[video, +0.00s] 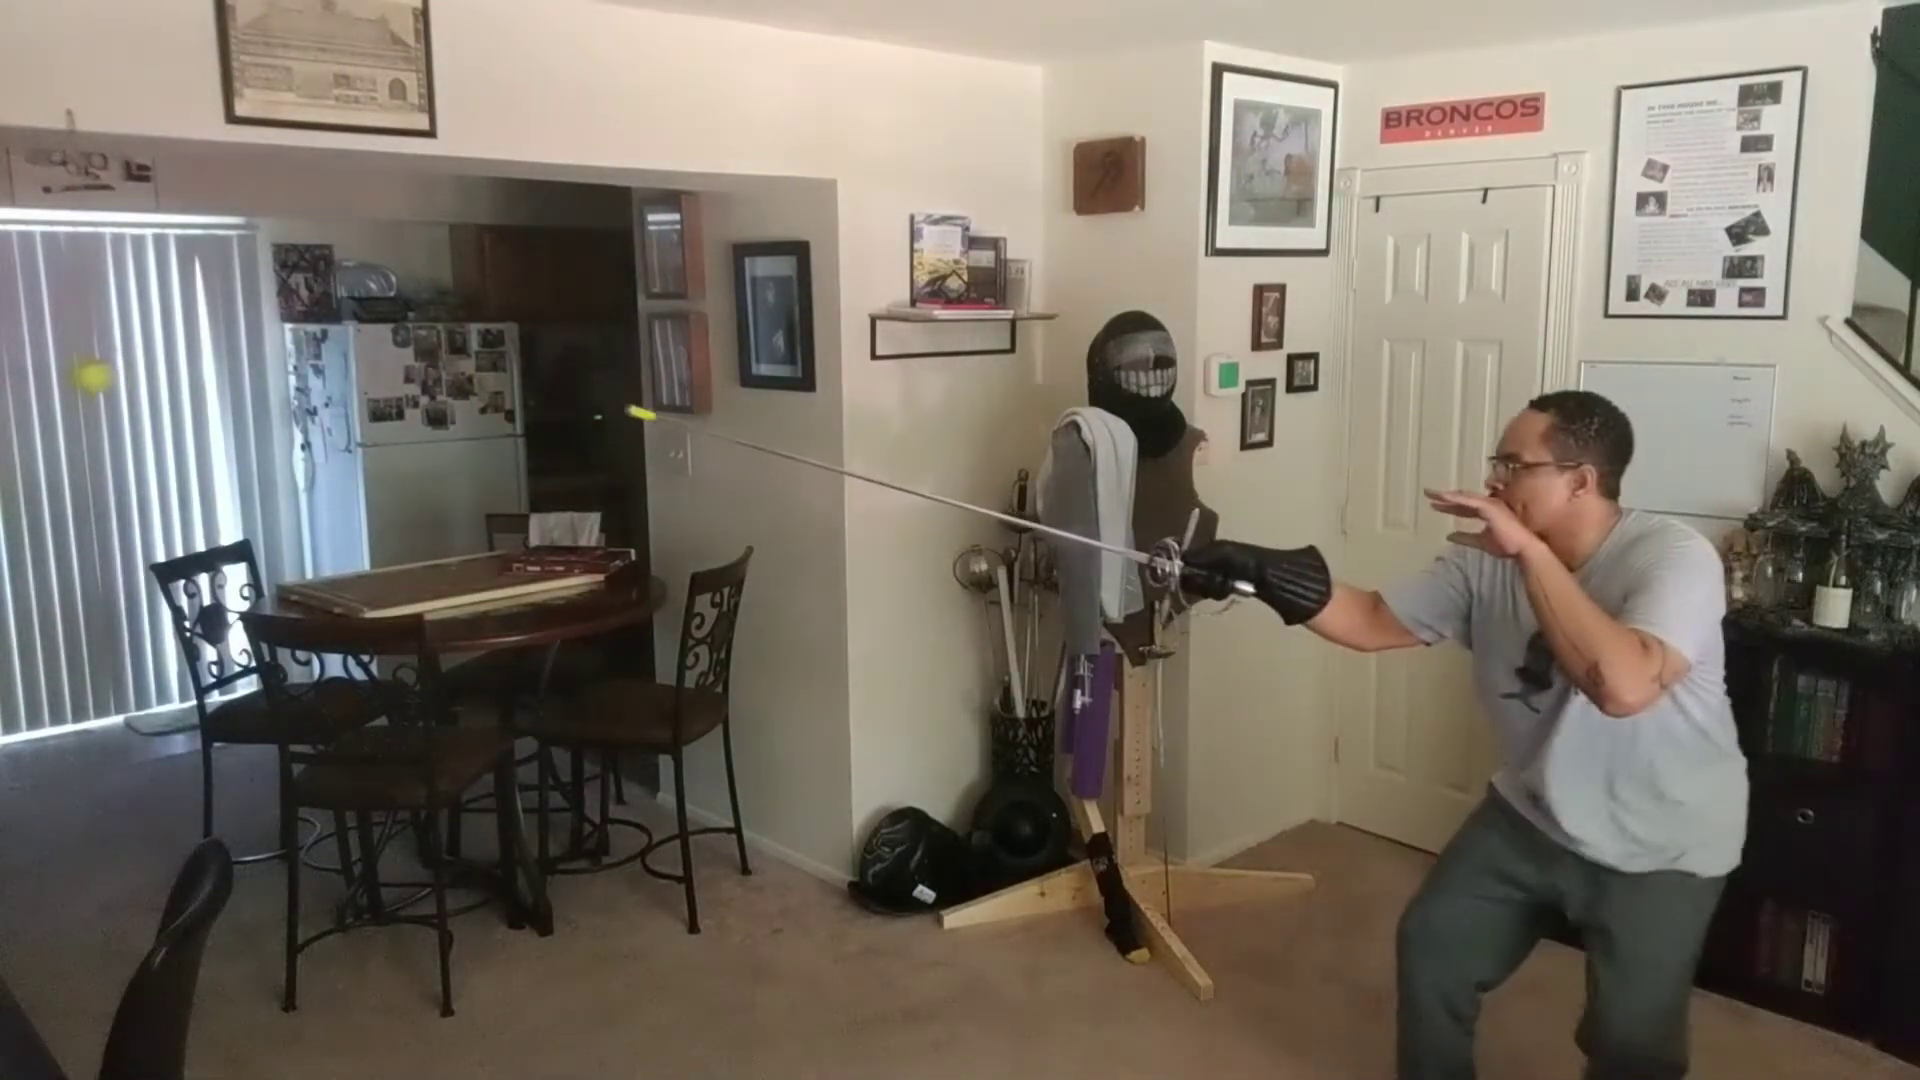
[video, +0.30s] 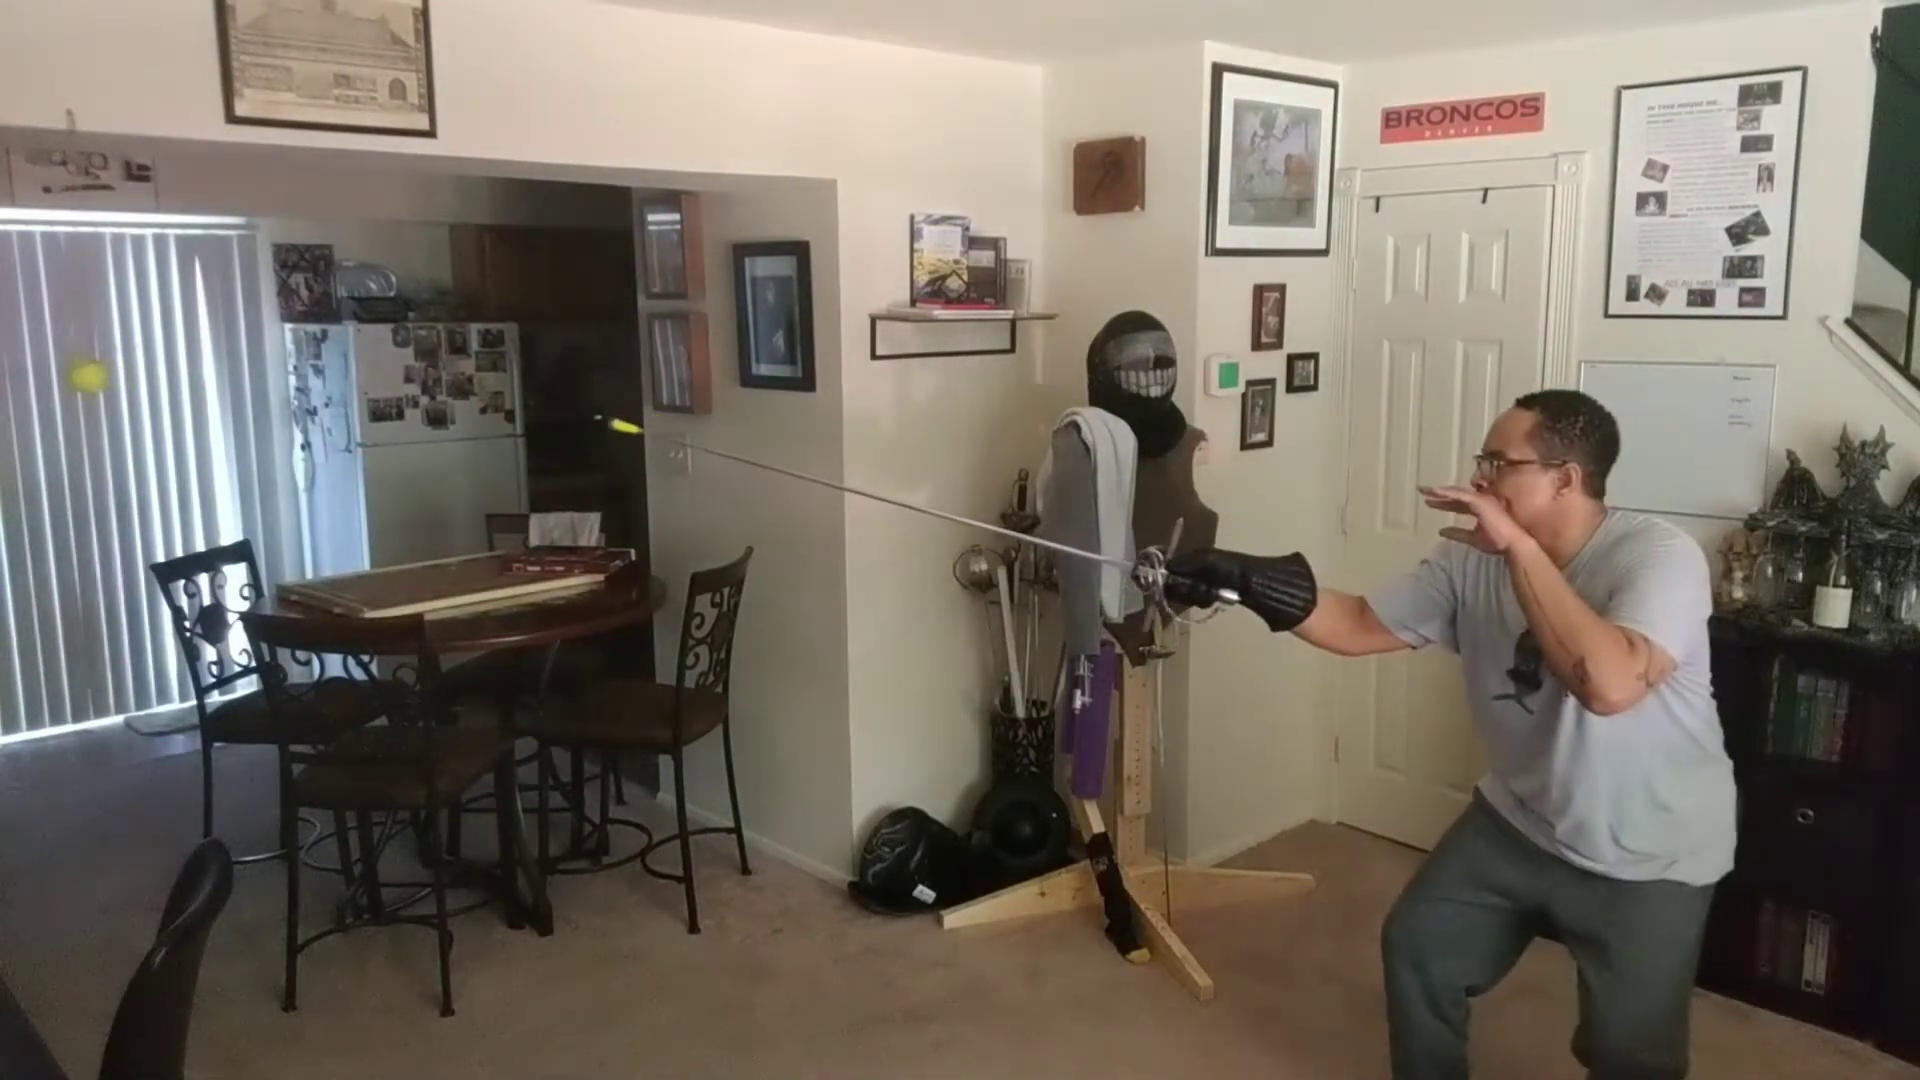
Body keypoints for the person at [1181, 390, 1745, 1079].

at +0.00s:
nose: (1493, 481)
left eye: (1513, 466)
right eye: (1496, 464)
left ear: (1583, 480)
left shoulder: (1676, 558)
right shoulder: (1488, 561)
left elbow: (1624, 685)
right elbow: (1373, 621)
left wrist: (1529, 551)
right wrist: (1252, 568)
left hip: (1663, 846)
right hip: (1531, 814)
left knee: (1631, 1043)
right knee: (1433, 948)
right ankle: (1435, 1072)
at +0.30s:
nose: (1478, 478)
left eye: (1499, 464)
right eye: (1482, 461)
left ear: (1567, 479)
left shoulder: (1661, 559)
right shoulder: (1474, 564)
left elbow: (1610, 683)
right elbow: (1359, 625)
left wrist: (1518, 546)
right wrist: (1240, 577)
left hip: (1649, 861)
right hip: (1518, 822)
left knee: (1630, 1058)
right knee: (1419, 946)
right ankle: (1430, 1075)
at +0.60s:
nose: (1433, 489)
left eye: (1455, 472)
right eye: (1438, 471)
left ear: (1520, 485)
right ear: (1510, 481)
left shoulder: (1612, 567)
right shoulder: (1412, 561)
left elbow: (1688, 706)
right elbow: (1275, 562)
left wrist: (1550, 642)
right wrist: (1136, 535)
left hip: (1594, 866)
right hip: (1458, 823)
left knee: (1607, 1056)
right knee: (1335, 921)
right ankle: (1366, 1071)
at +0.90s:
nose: (1221, 518)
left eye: (1241, 504)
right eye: (1224, 501)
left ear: (1298, 514)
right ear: (1245, 511)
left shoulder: (1407, 597)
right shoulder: (1205, 576)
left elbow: (1566, 653)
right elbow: (1071, 549)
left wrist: (1719, 713)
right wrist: (956, 521)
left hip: (1417, 887)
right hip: (1274, 846)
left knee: (1513, 1041)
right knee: (1133, 954)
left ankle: (1578, 1076)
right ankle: (1048, 1075)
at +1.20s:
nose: (939, 556)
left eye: (958, 544)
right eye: (944, 540)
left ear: (1014, 561)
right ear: (970, 555)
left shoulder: (1115, 628)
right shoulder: (927, 614)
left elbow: (1257, 674)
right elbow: (792, 579)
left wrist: (1402, 726)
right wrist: (668, 551)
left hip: (1201, 861)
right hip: (1058, 851)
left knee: (1340, 1003)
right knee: (938, 938)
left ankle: (1439, 1070)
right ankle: (971, 1076)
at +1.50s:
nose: (878, 546)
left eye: (895, 532)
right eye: (883, 530)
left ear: (949, 544)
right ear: (922, 542)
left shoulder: (1057, 607)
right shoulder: (884, 607)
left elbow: (1195, 645)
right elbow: (751, 592)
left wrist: (1302, 702)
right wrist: (636, 568)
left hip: (1165, 835)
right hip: (1029, 830)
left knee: (1292, 974)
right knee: (922, 934)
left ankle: (1423, 1068)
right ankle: (966, 1078)